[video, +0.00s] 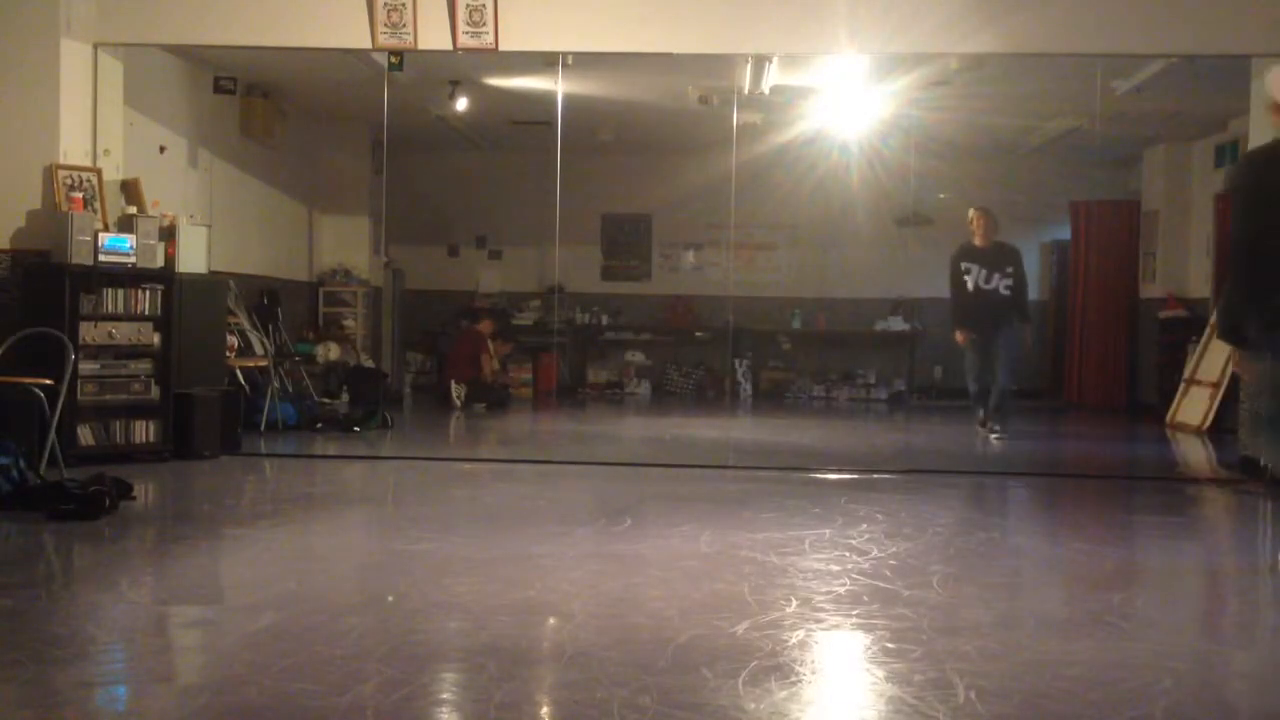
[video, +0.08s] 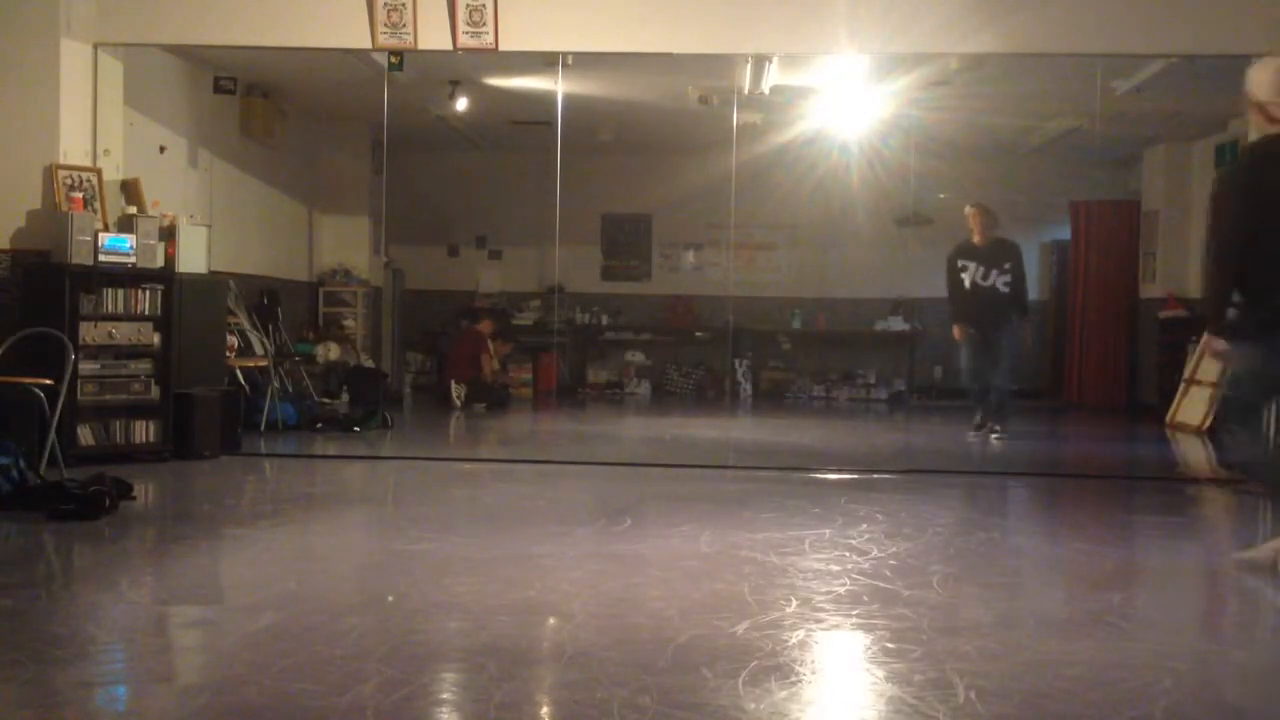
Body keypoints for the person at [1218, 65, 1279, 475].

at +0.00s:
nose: (1274, 110)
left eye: (1272, 102)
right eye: (1275, 102)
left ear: (1270, 108)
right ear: (1273, 108)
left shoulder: (1255, 168)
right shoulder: (1254, 167)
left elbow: (1241, 259)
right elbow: (1240, 259)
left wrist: (1233, 328)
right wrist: (1236, 328)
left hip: (1261, 317)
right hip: (1262, 317)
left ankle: (1257, 457)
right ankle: (1254, 456)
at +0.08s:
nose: (1248, 110)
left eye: (1249, 103)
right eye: (1255, 101)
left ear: (1255, 107)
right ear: (1276, 107)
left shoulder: (1244, 175)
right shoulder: (1246, 173)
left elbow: (1226, 256)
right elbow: (1225, 255)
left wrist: (1214, 323)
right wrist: (1216, 321)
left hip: (1263, 321)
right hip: (1263, 321)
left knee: (1235, 422)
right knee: (1245, 420)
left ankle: (1271, 522)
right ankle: (1270, 528)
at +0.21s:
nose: (1212, 120)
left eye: (1215, 113)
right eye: (1215, 112)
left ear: (1226, 115)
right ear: (1260, 112)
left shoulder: (1229, 171)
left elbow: (1206, 252)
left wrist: (1188, 319)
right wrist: (1193, 317)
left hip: (1245, 320)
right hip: (1270, 318)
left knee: (1200, 415)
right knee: (1228, 417)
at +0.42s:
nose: (1153, 135)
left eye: (1157, 127)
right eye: (1156, 126)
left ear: (1167, 132)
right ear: (1203, 128)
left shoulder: (1168, 186)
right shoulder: (1232, 180)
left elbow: (1165, 279)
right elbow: (1245, 267)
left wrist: (1154, 350)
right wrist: (1238, 329)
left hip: (1183, 334)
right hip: (1232, 330)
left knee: (1147, 424)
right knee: (1229, 428)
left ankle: (1139, 514)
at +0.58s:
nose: (1107, 129)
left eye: (1108, 121)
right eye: (1108, 121)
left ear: (1117, 125)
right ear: (1154, 121)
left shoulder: (1121, 180)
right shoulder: (1186, 175)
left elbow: (1112, 266)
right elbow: (1200, 256)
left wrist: (1104, 336)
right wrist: (1190, 313)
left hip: (1134, 320)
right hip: (1178, 317)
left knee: (1115, 418)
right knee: (1158, 409)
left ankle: (1132, 514)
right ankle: (1225, 471)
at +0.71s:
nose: (1077, 130)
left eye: (1079, 123)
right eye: (1079, 122)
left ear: (1088, 126)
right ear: (1127, 122)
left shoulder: (1092, 178)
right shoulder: (1153, 173)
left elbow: (1075, 258)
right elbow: (1167, 245)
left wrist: (1058, 322)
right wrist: (1161, 296)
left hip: (1104, 310)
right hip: (1143, 307)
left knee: (1108, 411)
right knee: (1125, 405)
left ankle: (1133, 513)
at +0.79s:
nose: (1057, 137)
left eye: (1058, 131)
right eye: (1059, 130)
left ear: (1067, 135)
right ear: (1104, 127)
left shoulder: (1075, 184)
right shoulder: (1128, 178)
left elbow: (1055, 259)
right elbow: (1142, 253)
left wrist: (1035, 323)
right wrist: (1135, 307)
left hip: (1088, 312)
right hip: (1125, 309)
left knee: (1094, 405)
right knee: (1085, 400)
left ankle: (1132, 510)